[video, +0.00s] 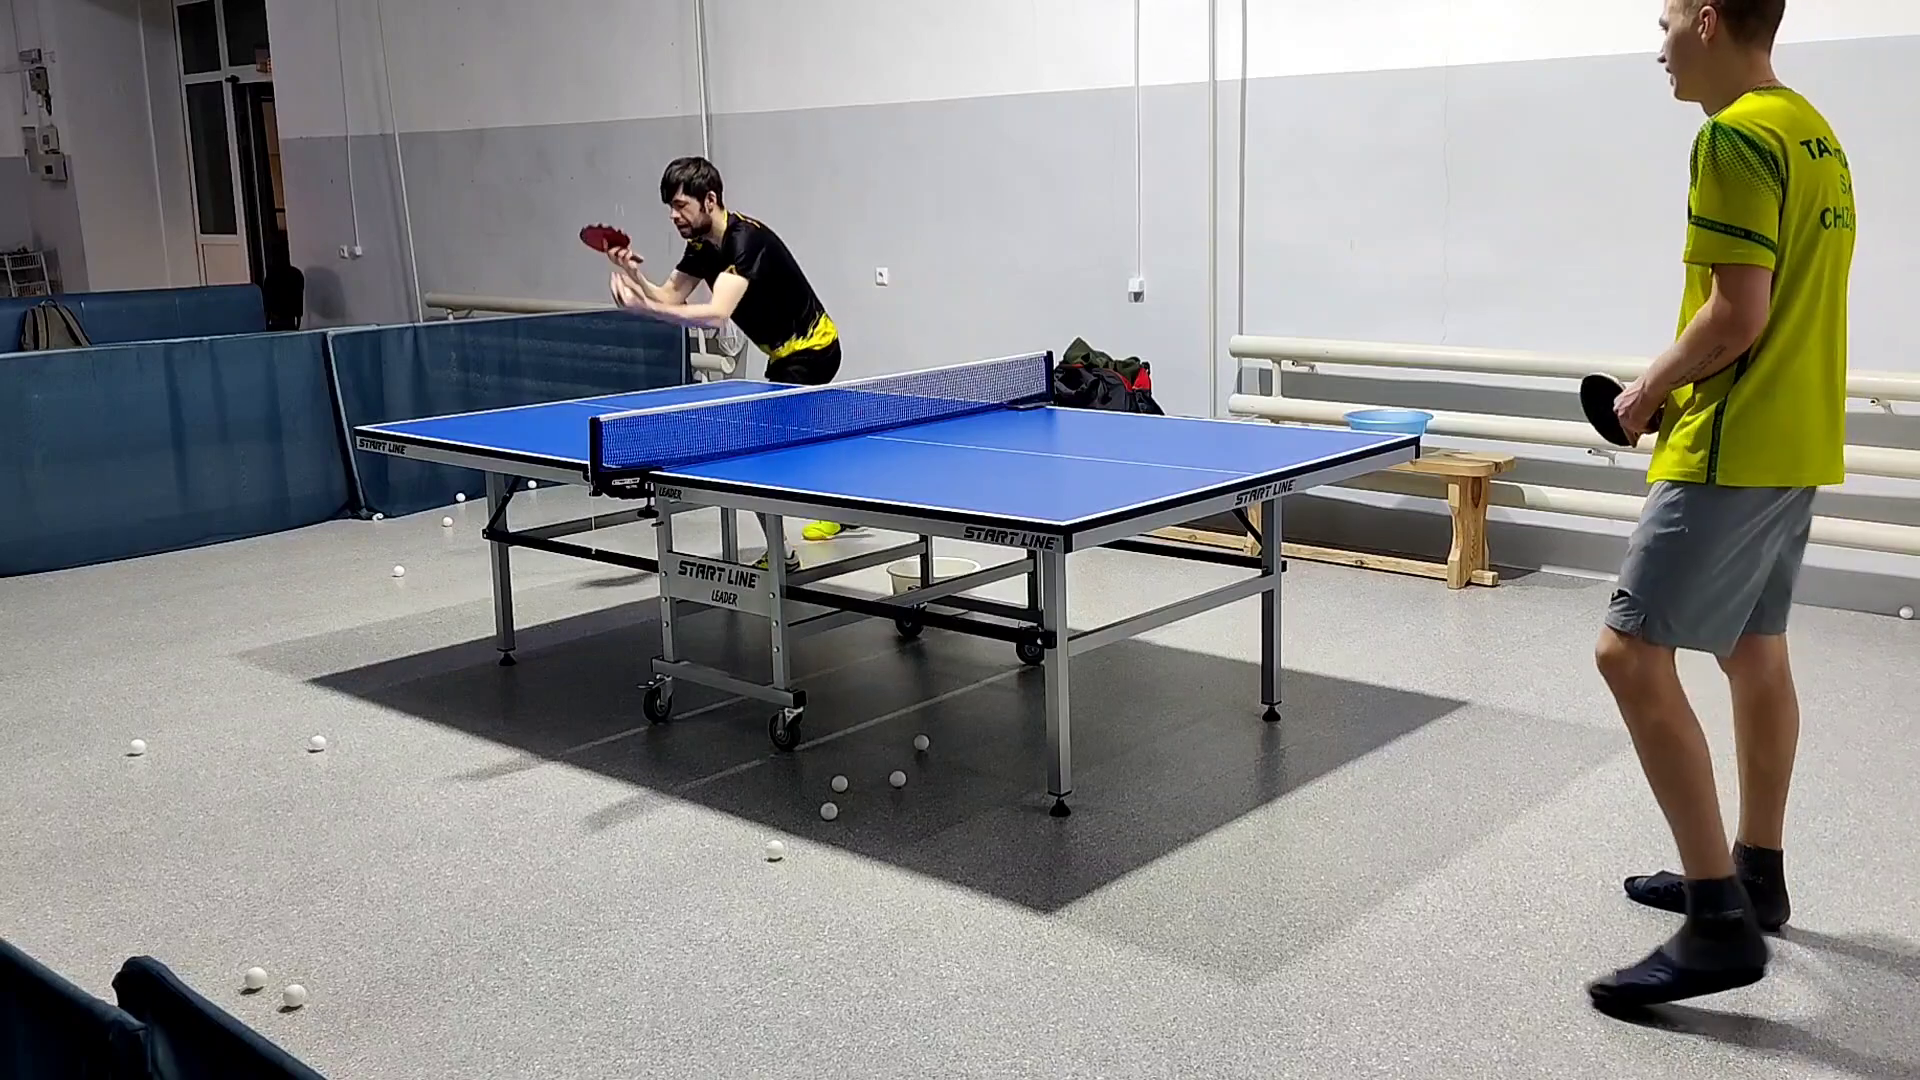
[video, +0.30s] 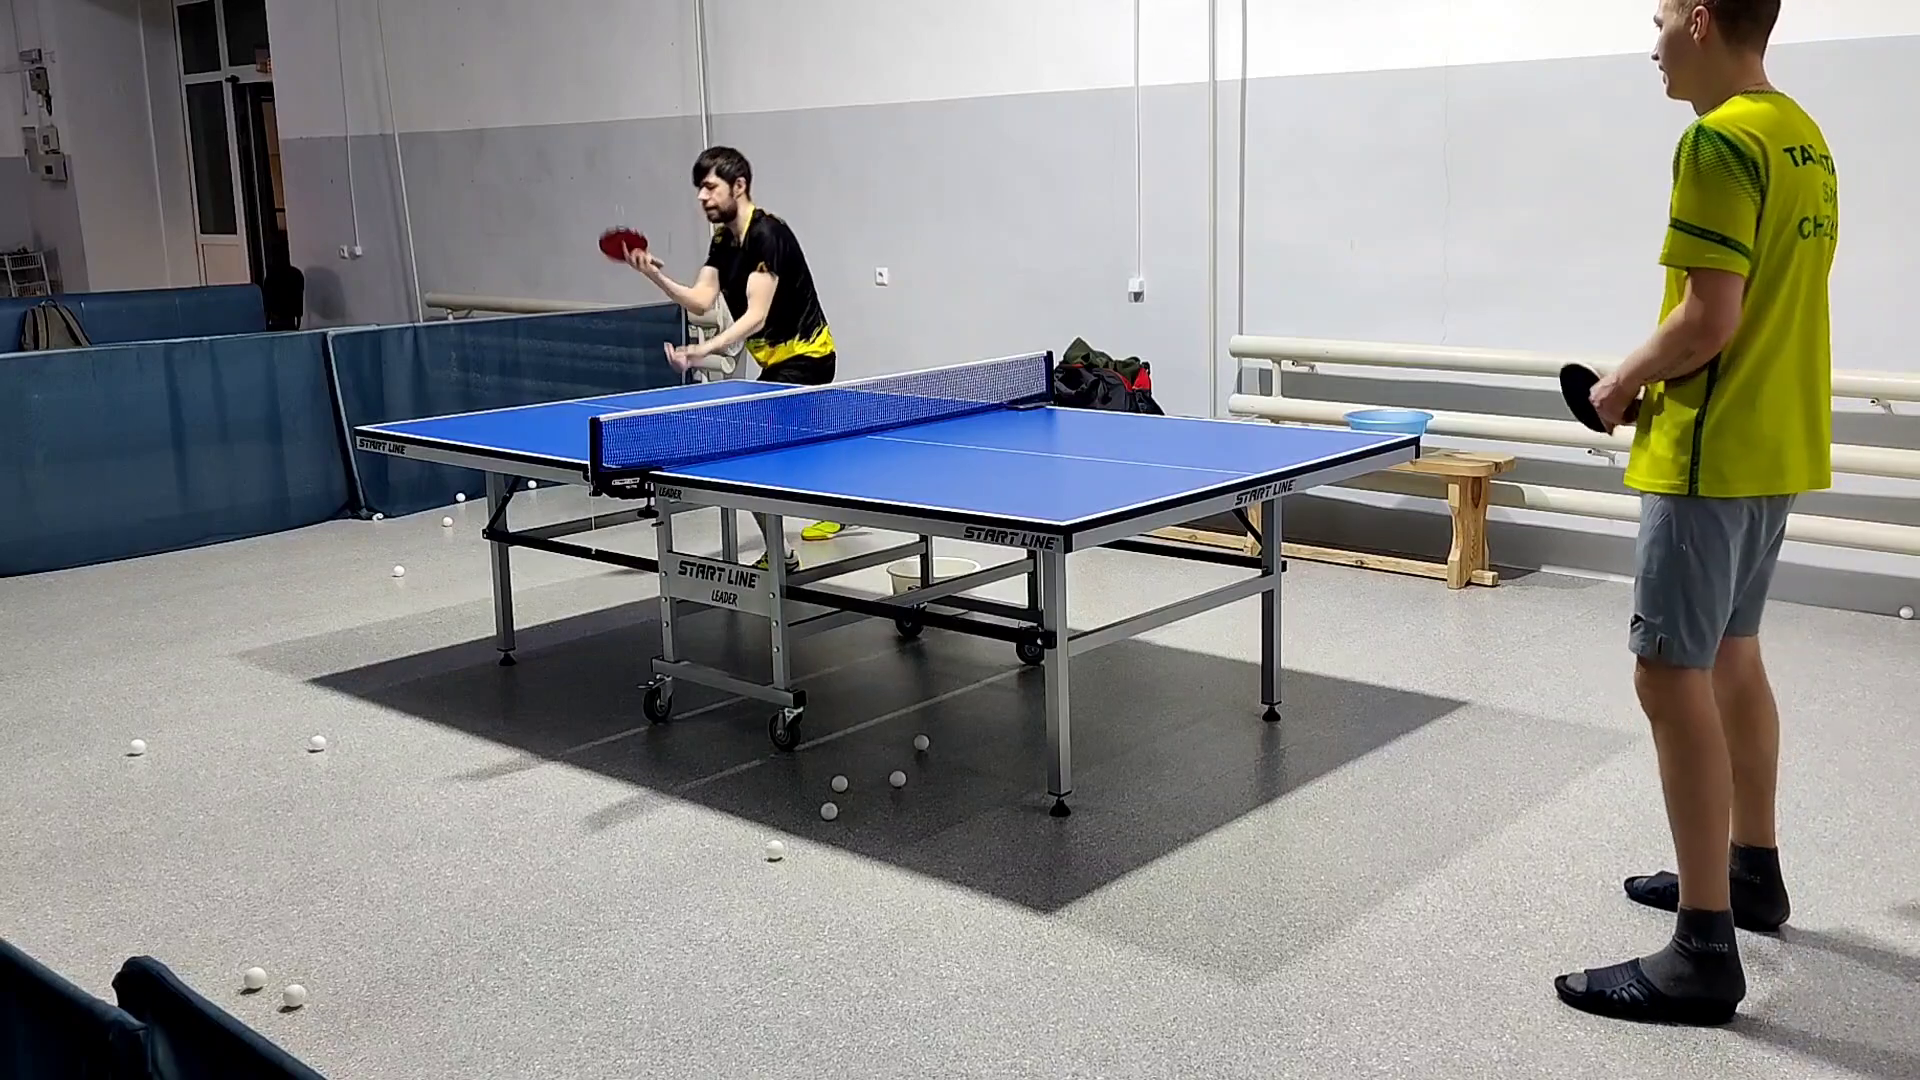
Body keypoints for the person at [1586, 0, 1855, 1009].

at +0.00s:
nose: (1660, 46)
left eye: (1667, 24)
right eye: (1661, 27)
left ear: (1710, 22)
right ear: (1753, 26)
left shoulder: (1733, 137)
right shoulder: (1811, 134)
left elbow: (1739, 312)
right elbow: (1793, 311)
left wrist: (1647, 388)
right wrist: (1678, 383)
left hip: (1729, 451)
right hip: (1793, 448)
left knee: (1632, 658)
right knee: (1755, 652)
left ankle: (1718, 923)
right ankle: (1756, 874)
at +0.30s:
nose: (1653, 41)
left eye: (1663, 20)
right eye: (1658, 21)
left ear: (1701, 21)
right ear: (1743, 29)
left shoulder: (1718, 139)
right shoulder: (1802, 135)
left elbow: (1708, 320)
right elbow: (1776, 307)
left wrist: (1622, 379)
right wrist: (1662, 368)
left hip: (1707, 454)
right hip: (1771, 449)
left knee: (1669, 678)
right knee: (1729, 652)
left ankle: (1703, 955)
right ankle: (1750, 869)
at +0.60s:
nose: (1642, 37)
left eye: (1648, 17)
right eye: (1645, 19)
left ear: (1684, 21)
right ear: (1740, 26)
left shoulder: (1691, 142)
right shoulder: (1796, 132)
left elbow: (1665, 331)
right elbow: (1765, 304)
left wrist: (1603, 371)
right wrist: (1638, 358)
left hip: (1696, 462)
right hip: (1770, 454)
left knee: (1687, 689)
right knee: (1709, 663)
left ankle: (1707, 960)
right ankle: (1746, 869)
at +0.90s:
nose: (1609, 67)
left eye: (1608, 46)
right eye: (1608, 47)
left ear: (1636, 37)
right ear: (1709, 31)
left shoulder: (1653, 158)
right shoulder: (1783, 123)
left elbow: (1640, 338)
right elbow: (1763, 282)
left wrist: (1595, 393)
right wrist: (1638, 362)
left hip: (1700, 472)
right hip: (1795, 460)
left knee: (1706, 706)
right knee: (1740, 678)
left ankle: (1709, 965)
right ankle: (1749, 875)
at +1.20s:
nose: (1581, 84)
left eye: (1581, 62)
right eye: (1579, 63)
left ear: (1615, 57)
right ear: (1678, 44)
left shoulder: (1646, 178)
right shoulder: (1765, 128)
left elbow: (1636, 364)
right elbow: (1761, 306)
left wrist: (1559, 438)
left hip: (1704, 478)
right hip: (1798, 460)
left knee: (1634, 682)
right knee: (1719, 654)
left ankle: (1700, 957)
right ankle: (1750, 872)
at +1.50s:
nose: (1544, 134)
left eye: (1546, 111)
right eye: (1539, 113)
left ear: (1592, 94)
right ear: (1617, 90)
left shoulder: (1674, 201)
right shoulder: (1691, 167)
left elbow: (1673, 408)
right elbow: (1704, 377)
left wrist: (1530, 490)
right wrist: (1637, 469)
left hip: (1682, 495)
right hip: (1715, 483)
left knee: (1567, 683)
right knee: (1661, 670)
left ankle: (1527, 949)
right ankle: (1747, 877)